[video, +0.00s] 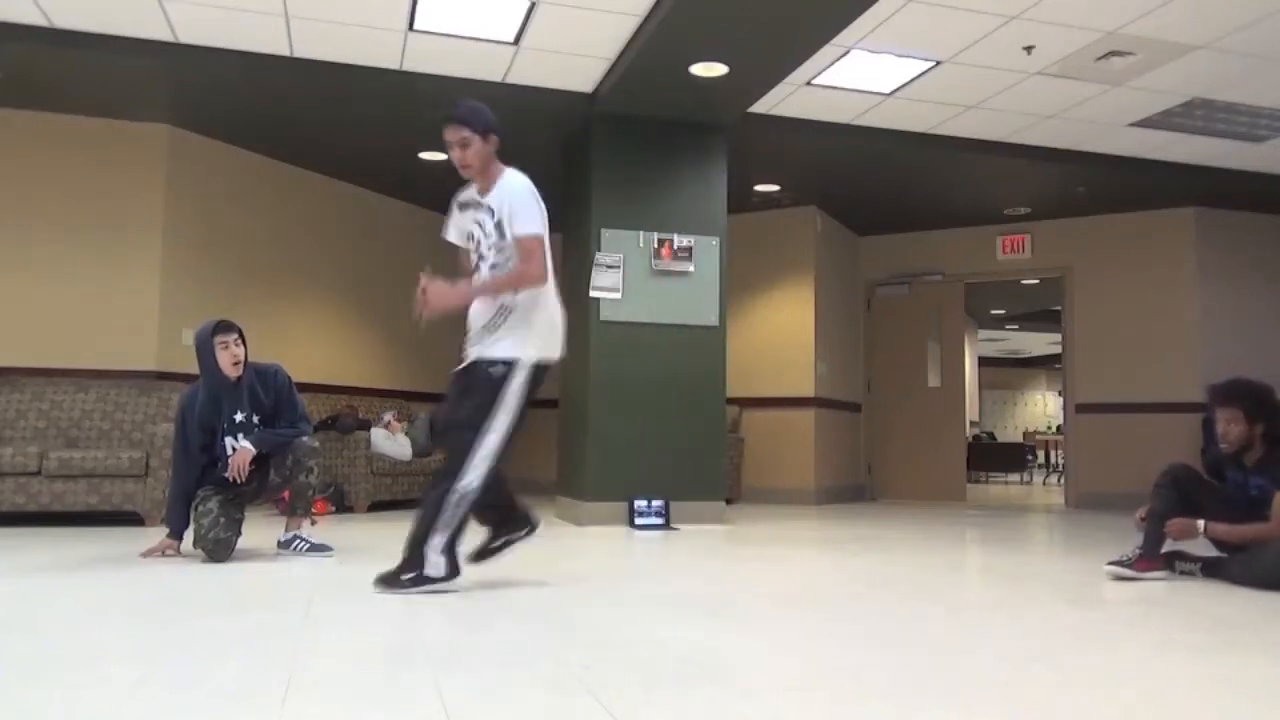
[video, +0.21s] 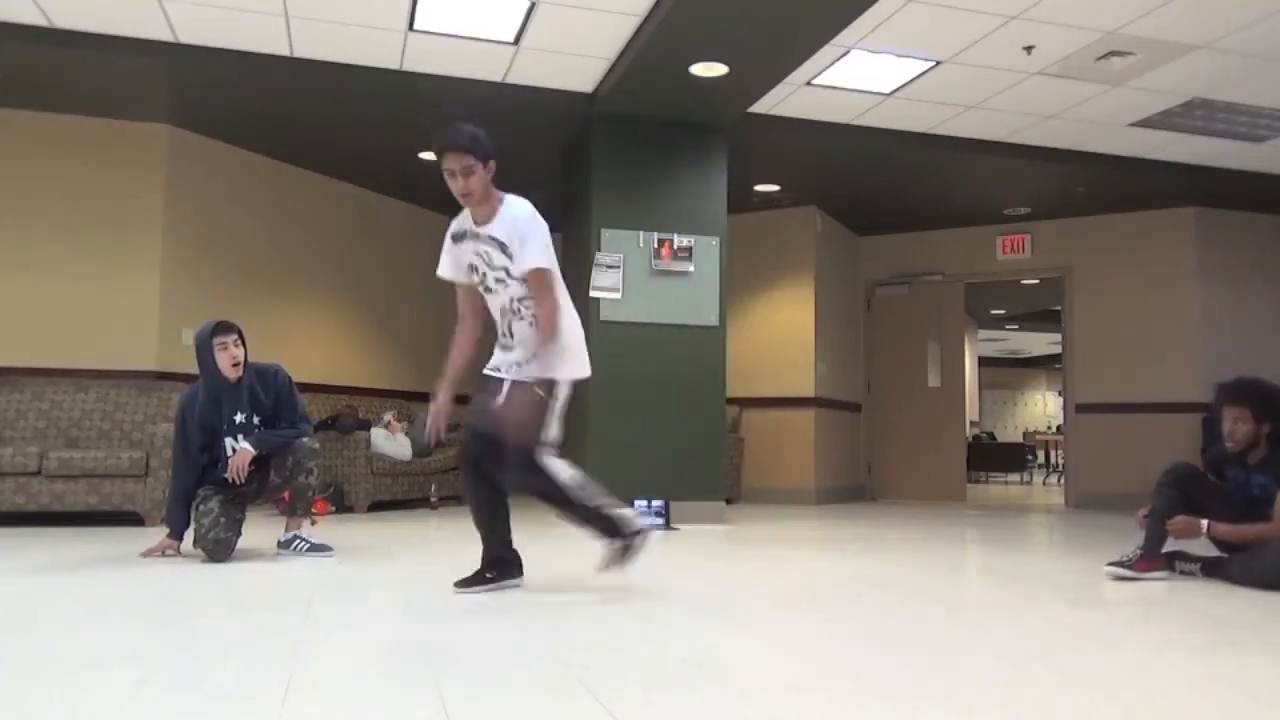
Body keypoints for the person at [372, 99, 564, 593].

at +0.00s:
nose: (457, 155)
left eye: (465, 144)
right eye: (451, 147)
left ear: (491, 141)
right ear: (449, 150)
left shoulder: (516, 190)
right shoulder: (465, 202)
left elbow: (534, 271)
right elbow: (476, 275)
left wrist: (461, 291)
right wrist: (445, 294)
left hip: (524, 340)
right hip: (488, 340)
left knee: (475, 444)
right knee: (451, 430)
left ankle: (432, 559)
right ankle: (508, 517)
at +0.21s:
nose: (459, 185)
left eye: (467, 172)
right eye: (450, 176)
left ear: (490, 168)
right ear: (444, 177)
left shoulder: (520, 218)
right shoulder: (460, 232)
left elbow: (546, 299)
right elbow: (469, 320)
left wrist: (538, 366)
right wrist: (444, 392)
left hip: (553, 354)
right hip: (509, 356)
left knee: (524, 459)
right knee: (478, 450)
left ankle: (622, 530)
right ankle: (500, 560)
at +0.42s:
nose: (496, 151)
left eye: (503, 137)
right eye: (486, 143)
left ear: (525, 130)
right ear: (479, 145)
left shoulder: (563, 170)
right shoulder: (487, 186)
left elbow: (648, 205)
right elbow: (502, 229)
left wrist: (737, 221)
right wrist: (461, 257)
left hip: (591, 328)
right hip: (529, 333)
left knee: (653, 430)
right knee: (489, 423)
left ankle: (721, 533)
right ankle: (487, 533)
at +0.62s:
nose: (549, 180)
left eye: (557, 167)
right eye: (541, 170)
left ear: (581, 160)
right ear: (534, 168)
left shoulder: (617, 201)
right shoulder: (537, 196)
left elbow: (711, 234)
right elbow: (518, 216)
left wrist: (809, 252)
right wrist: (462, 226)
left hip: (651, 347)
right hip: (584, 342)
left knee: (717, 453)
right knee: (510, 412)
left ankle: (797, 561)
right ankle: (471, 532)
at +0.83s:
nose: (603, 277)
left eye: (613, 266)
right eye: (594, 266)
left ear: (632, 270)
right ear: (579, 270)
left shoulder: (654, 319)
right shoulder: (557, 292)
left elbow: (710, 395)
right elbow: (487, 298)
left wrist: (761, 466)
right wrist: (437, 297)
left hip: (661, 393)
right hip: (590, 390)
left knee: (722, 479)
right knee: (536, 462)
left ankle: (817, 576)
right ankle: (503, 583)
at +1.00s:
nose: (650, 329)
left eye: (664, 320)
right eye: (643, 312)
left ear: (673, 331)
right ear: (624, 311)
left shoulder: (660, 397)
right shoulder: (586, 326)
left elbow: (661, 486)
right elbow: (482, 326)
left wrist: (683, 580)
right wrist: (492, 359)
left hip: (610, 431)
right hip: (546, 408)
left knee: (648, 506)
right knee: (493, 453)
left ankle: (707, 528)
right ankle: (490, 587)